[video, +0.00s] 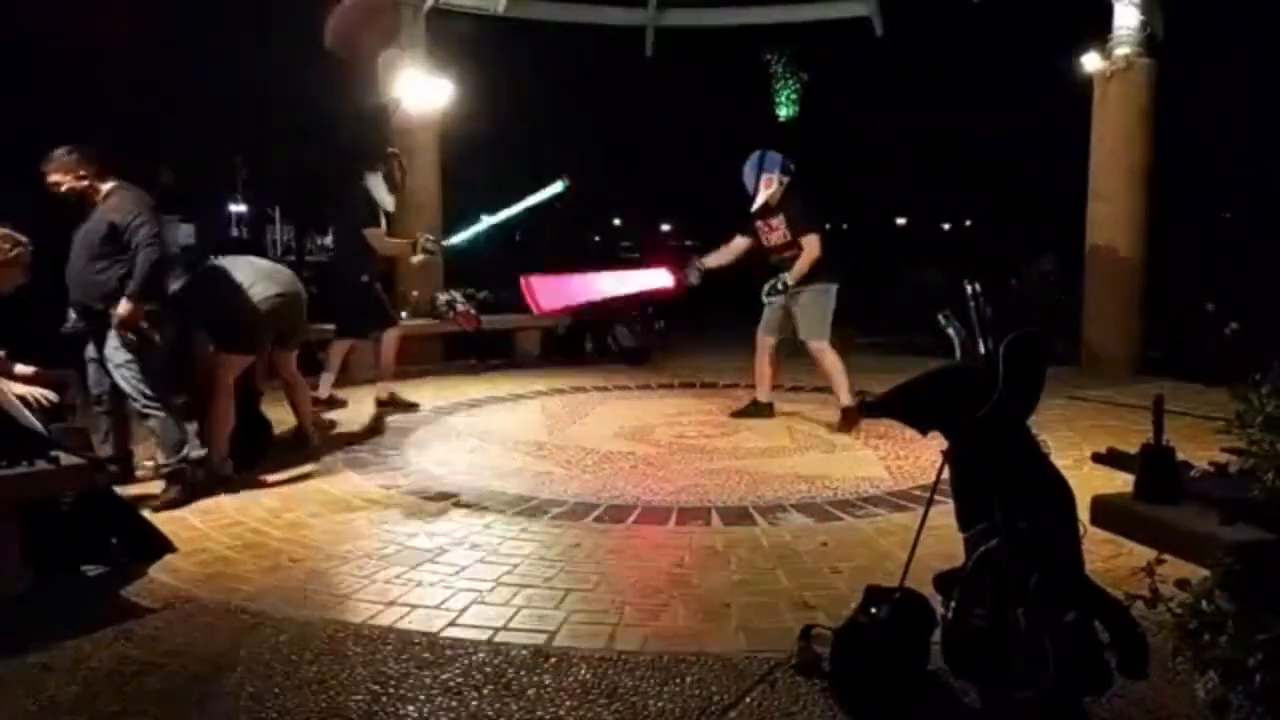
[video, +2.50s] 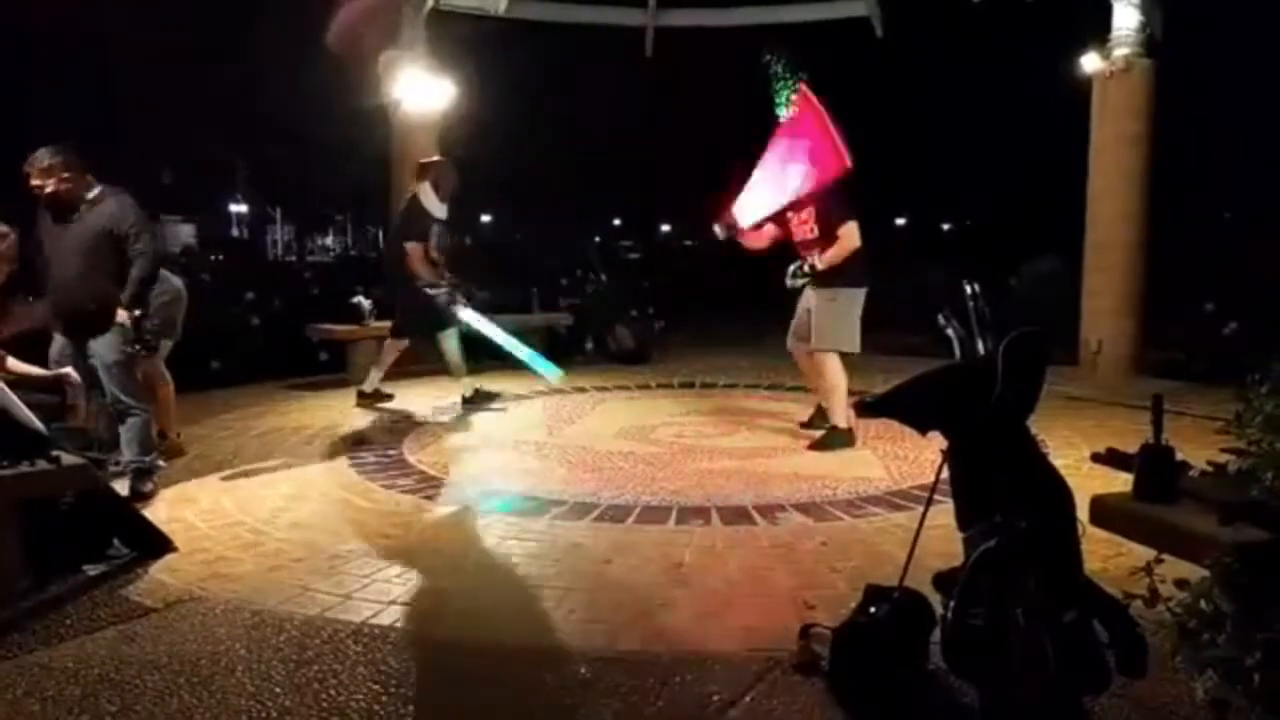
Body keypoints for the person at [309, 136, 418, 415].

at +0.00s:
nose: (392, 177)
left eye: (393, 171)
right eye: (388, 171)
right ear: (375, 170)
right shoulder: (361, 197)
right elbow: (378, 243)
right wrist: (415, 246)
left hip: (347, 272)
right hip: (358, 274)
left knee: (346, 332)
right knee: (391, 327)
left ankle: (323, 391)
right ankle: (384, 391)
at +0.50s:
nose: (411, 173)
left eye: (410, 167)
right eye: (407, 167)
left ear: (387, 169)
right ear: (394, 167)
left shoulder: (376, 197)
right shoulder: (378, 200)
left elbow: (389, 243)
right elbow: (391, 247)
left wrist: (422, 245)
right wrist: (426, 251)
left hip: (366, 282)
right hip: (378, 284)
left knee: (354, 336)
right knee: (416, 330)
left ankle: (324, 392)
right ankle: (434, 395)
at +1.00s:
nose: (450, 175)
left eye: (448, 169)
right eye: (446, 169)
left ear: (419, 168)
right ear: (435, 169)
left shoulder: (408, 195)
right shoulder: (422, 197)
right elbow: (446, 242)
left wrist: (482, 248)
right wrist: (486, 249)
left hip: (397, 277)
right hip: (415, 279)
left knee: (399, 332)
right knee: (446, 329)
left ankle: (368, 390)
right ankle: (439, 396)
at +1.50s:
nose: (448, 174)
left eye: (447, 168)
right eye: (444, 168)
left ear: (418, 168)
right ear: (432, 168)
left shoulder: (408, 193)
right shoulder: (421, 197)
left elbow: (420, 244)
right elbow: (424, 246)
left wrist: (446, 264)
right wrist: (453, 269)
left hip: (403, 274)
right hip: (417, 275)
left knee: (408, 329)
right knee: (449, 328)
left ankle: (392, 390)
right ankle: (441, 391)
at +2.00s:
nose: (476, 182)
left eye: (474, 176)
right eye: (472, 176)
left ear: (447, 175)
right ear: (461, 176)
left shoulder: (438, 200)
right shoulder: (444, 205)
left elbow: (457, 252)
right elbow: (457, 255)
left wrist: (488, 264)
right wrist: (490, 265)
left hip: (421, 277)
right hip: (432, 279)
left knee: (425, 329)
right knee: (471, 327)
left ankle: (396, 384)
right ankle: (473, 391)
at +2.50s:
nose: (451, 185)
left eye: (451, 179)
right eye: (447, 179)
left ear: (432, 180)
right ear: (435, 181)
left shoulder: (432, 208)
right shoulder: (415, 212)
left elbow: (431, 249)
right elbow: (415, 260)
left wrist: (446, 274)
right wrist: (440, 286)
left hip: (418, 277)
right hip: (410, 280)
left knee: (401, 334)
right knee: (447, 327)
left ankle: (369, 386)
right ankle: (467, 389)